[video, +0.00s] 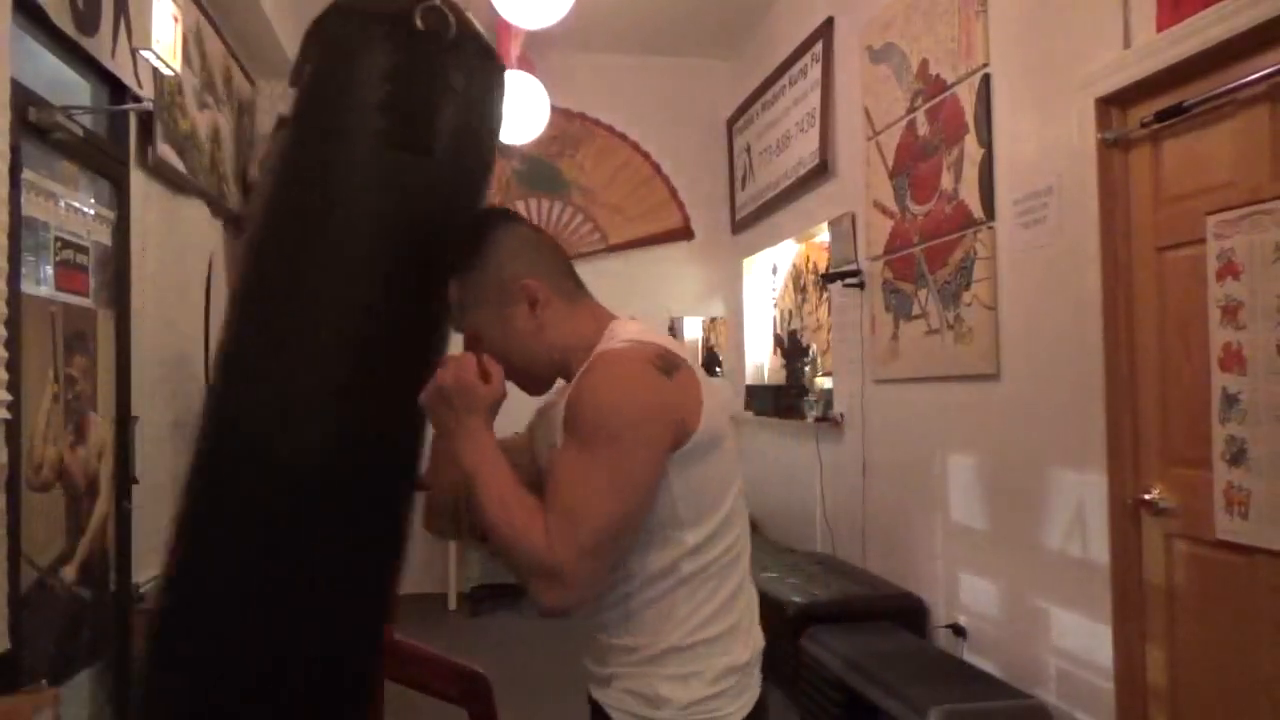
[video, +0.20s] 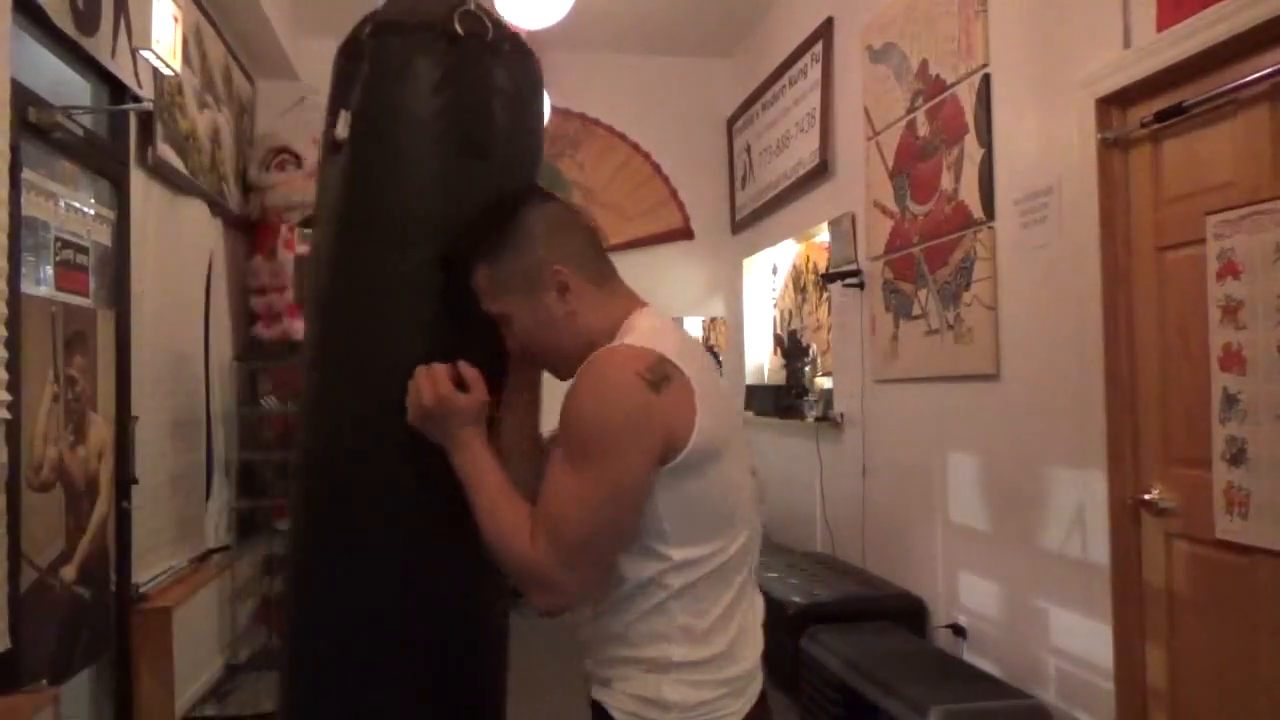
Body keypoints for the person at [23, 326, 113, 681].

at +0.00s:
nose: (70, 390)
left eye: (75, 382)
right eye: (65, 383)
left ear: (91, 385)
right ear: (60, 389)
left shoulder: (104, 430)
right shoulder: (64, 436)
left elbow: (106, 501)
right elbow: (38, 480)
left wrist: (76, 563)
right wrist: (47, 405)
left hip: (103, 551)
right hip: (74, 549)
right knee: (31, 603)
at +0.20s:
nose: (71, 392)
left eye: (76, 383)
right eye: (65, 384)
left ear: (90, 386)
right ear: (59, 391)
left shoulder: (105, 431)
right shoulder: (62, 436)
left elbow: (105, 503)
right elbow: (38, 481)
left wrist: (75, 563)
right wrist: (46, 403)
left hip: (104, 552)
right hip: (73, 551)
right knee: (28, 606)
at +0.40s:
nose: (70, 391)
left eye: (76, 383)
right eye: (65, 384)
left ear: (90, 387)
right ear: (59, 392)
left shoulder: (105, 431)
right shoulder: (61, 437)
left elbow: (105, 502)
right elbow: (38, 481)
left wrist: (76, 562)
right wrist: (45, 406)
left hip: (106, 546)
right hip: (76, 547)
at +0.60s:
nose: (69, 390)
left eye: (75, 381)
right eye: (64, 382)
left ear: (91, 383)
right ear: (60, 387)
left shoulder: (105, 431)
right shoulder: (62, 437)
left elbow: (104, 501)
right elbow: (38, 480)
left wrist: (76, 562)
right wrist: (44, 401)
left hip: (104, 553)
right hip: (74, 551)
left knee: (102, 634)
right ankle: (57, 687)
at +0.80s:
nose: (70, 390)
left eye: (75, 381)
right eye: (64, 382)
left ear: (91, 383)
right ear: (60, 387)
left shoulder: (105, 431)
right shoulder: (63, 434)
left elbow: (104, 501)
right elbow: (37, 479)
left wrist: (76, 562)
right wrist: (46, 400)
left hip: (102, 553)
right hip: (73, 551)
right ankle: (54, 685)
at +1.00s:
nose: (69, 390)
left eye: (75, 381)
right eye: (64, 383)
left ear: (91, 382)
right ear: (60, 387)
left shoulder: (104, 431)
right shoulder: (62, 433)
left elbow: (104, 501)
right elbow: (38, 480)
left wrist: (76, 561)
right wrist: (45, 400)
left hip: (101, 550)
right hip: (72, 548)